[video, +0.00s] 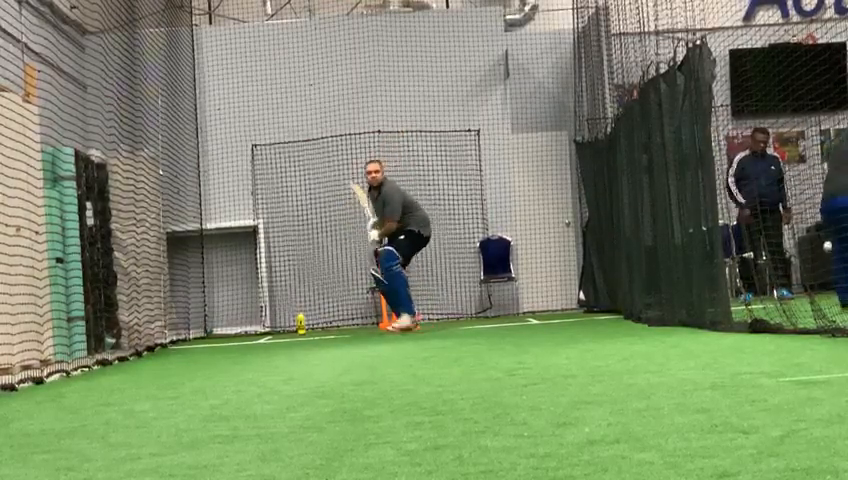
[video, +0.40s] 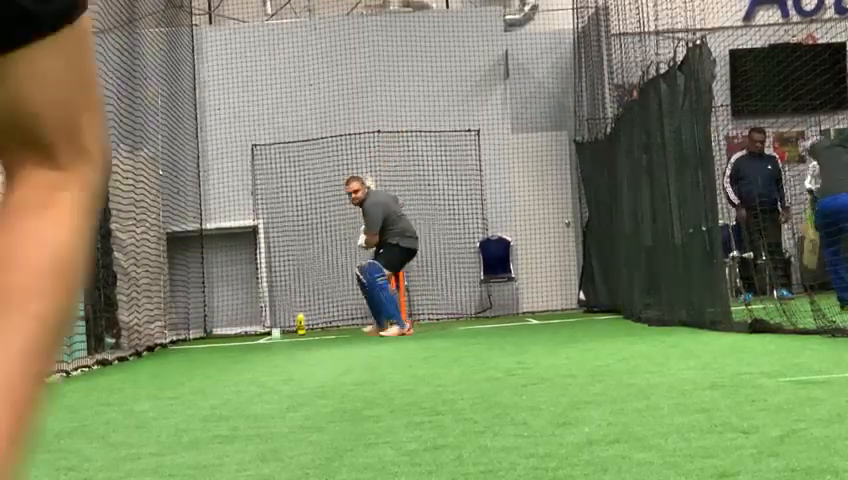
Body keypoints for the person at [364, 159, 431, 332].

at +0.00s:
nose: (373, 176)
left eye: (376, 172)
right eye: (369, 173)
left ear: (383, 173)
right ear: (366, 176)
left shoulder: (391, 190)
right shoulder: (372, 193)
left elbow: (392, 224)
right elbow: (382, 217)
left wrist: (379, 234)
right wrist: (376, 224)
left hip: (416, 229)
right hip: (400, 231)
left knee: (388, 258)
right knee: (381, 272)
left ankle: (407, 314)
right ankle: (403, 316)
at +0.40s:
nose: (353, 197)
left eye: (356, 192)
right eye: (350, 193)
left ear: (365, 189)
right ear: (347, 194)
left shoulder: (371, 204)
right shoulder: (376, 197)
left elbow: (372, 240)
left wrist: (365, 242)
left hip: (401, 243)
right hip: (396, 242)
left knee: (373, 273)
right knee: (364, 275)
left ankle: (399, 324)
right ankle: (380, 324)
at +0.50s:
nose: (347, 200)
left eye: (350, 195)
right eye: (344, 197)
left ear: (360, 190)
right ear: (342, 197)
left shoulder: (367, 205)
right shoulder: (369, 199)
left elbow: (365, 241)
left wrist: (357, 243)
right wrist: (364, 227)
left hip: (399, 243)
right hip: (391, 243)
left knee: (373, 272)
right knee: (360, 279)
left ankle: (398, 324)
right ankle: (382, 324)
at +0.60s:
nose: (344, 197)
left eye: (346, 192)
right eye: (341, 194)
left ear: (356, 187)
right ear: (340, 193)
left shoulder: (367, 199)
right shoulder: (359, 204)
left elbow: (360, 232)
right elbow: (358, 229)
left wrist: (341, 238)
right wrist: (342, 235)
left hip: (399, 240)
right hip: (381, 245)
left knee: (383, 272)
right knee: (359, 282)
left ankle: (397, 323)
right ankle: (380, 324)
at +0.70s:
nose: (341, 194)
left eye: (342, 190)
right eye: (340, 190)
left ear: (350, 186)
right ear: (355, 186)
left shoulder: (363, 195)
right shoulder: (355, 205)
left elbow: (336, 216)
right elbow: (336, 229)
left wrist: (312, 231)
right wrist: (310, 241)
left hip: (402, 238)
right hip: (383, 245)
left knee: (396, 273)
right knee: (359, 282)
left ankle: (397, 320)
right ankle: (380, 322)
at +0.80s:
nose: (338, 197)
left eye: (339, 193)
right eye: (338, 194)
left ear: (347, 187)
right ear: (348, 187)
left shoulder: (364, 193)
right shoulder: (354, 207)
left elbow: (333, 211)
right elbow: (330, 225)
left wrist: (307, 216)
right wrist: (300, 230)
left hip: (403, 237)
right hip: (383, 245)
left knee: (400, 271)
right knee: (361, 280)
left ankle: (408, 320)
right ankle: (381, 323)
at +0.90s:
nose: (339, 194)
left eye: (341, 189)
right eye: (338, 191)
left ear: (350, 186)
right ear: (339, 193)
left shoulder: (364, 191)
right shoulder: (350, 210)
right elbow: (339, 228)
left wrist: (321, 196)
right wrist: (318, 214)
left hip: (401, 236)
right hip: (381, 244)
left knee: (400, 269)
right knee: (360, 280)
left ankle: (416, 318)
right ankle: (381, 323)